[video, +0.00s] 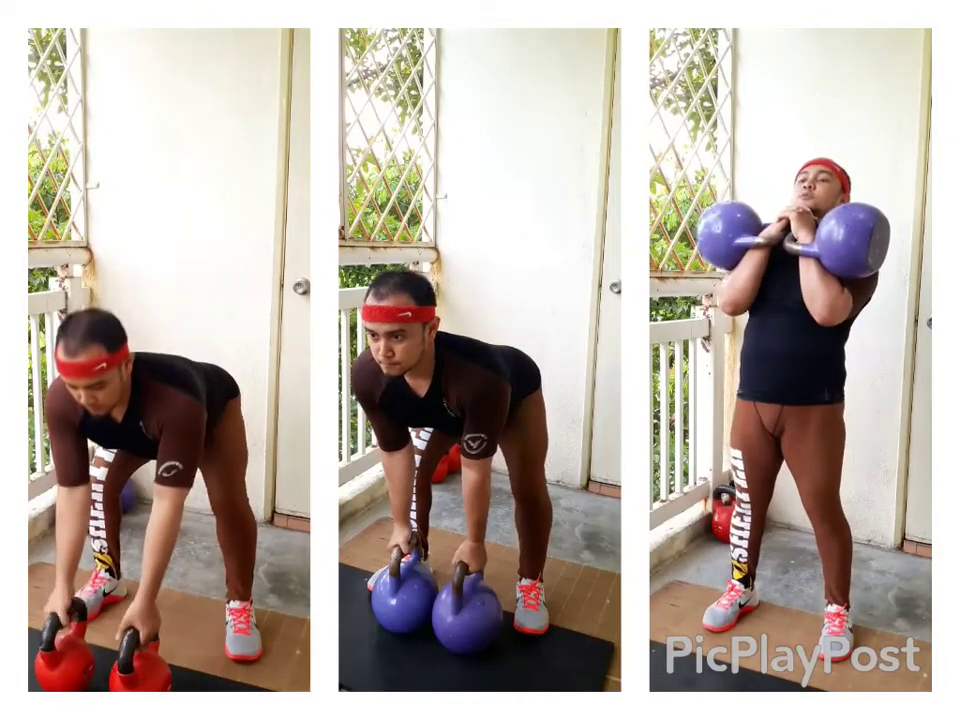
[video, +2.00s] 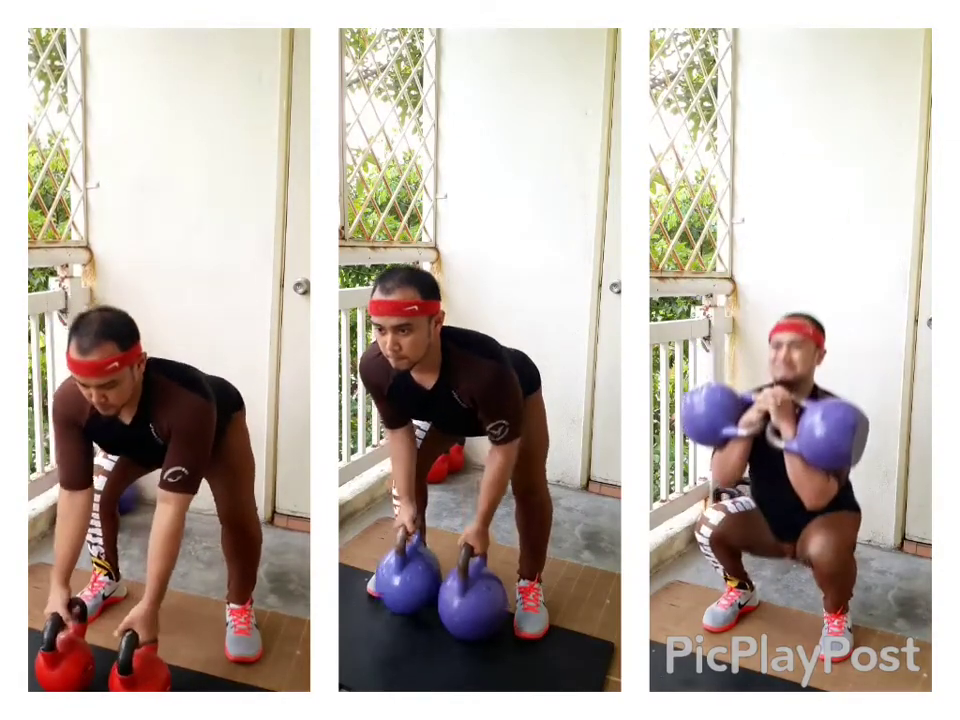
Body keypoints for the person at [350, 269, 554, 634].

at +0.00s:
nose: (383, 350)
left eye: (398, 337)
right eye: (373, 336)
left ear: (431, 330)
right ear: (365, 332)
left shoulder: (479, 381)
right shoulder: (368, 375)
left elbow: (475, 470)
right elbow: (395, 452)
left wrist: (475, 541)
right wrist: (400, 525)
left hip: (510, 388)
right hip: (449, 400)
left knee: (528, 488)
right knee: (418, 469)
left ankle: (530, 582)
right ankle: (414, 552)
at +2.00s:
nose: (390, 345)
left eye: (404, 330)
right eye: (380, 330)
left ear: (436, 322)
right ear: (372, 326)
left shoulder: (485, 371)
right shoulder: (375, 368)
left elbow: (504, 447)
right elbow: (399, 432)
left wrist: (481, 523)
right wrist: (404, 500)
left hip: (512, 397)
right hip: (448, 406)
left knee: (529, 489)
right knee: (410, 473)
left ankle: (529, 584)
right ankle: (406, 561)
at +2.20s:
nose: (388, 340)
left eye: (402, 325)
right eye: (378, 325)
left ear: (435, 317)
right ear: (370, 322)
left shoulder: (482, 356)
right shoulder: (375, 355)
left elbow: (526, 411)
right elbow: (395, 397)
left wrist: (489, 479)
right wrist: (407, 458)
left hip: (511, 404)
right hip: (448, 407)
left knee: (533, 492)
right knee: (407, 472)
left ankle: (530, 582)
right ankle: (410, 558)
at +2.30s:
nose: (388, 337)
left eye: (402, 322)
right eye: (377, 322)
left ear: (434, 314)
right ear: (369, 318)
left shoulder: (485, 347)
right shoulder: (375, 347)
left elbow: (536, 388)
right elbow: (395, 382)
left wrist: (492, 449)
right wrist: (407, 436)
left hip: (512, 403)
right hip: (450, 404)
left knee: (535, 489)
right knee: (411, 469)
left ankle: (530, 582)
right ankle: (414, 553)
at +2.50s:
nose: (387, 332)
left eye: (401, 318)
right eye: (377, 317)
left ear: (434, 311)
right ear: (369, 314)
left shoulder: (479, 332)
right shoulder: (376, 333)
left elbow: (546, 339)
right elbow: (392, 357)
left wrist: (500, 404)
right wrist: (402, 393)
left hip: (513, 391)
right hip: (445, 397)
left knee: (539, 488)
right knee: (411, 466)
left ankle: (531, 582)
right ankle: (413, 553)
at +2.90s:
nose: (393, 319)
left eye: (406, 305)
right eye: (383, 306)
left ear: (439, 297)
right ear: (376, 301)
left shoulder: (488, 334)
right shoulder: (378, 338)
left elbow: (537, 383)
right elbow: (395, 377)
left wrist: (494, 449)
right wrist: (406, 434)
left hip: (514, 401)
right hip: (453, 404)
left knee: (535, 486)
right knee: (409, 468)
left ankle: (531, 581)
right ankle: (414, 553)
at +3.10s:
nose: (394, 333)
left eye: (407, 318)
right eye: (384, 319)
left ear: (440, 309)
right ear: (376, 314)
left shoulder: (485, 347)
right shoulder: (379, 356)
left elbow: (526, 415)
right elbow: (399, 414)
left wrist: (489, 493)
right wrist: (409, 480)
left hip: (511, 402)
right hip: (451, 406)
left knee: (533, 485)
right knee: (410, 473)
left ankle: (531, 582)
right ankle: (404, 561)